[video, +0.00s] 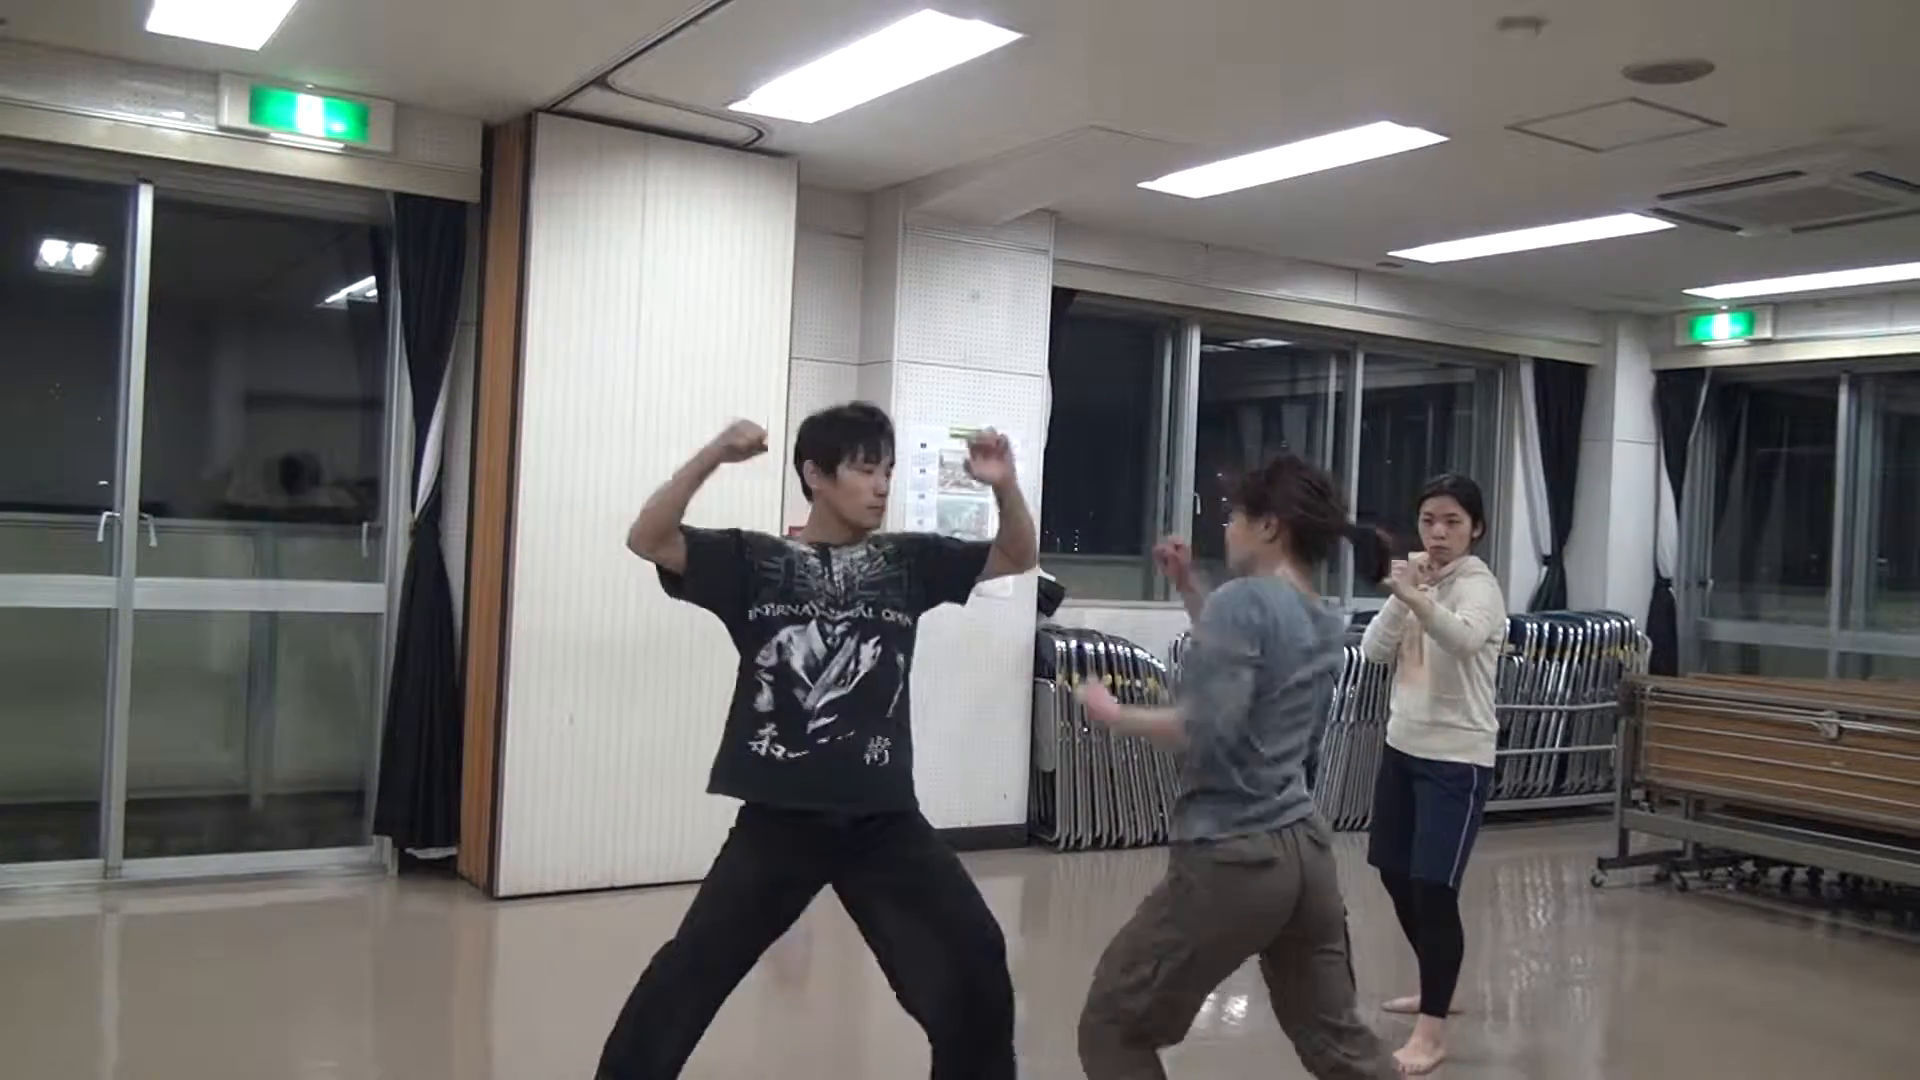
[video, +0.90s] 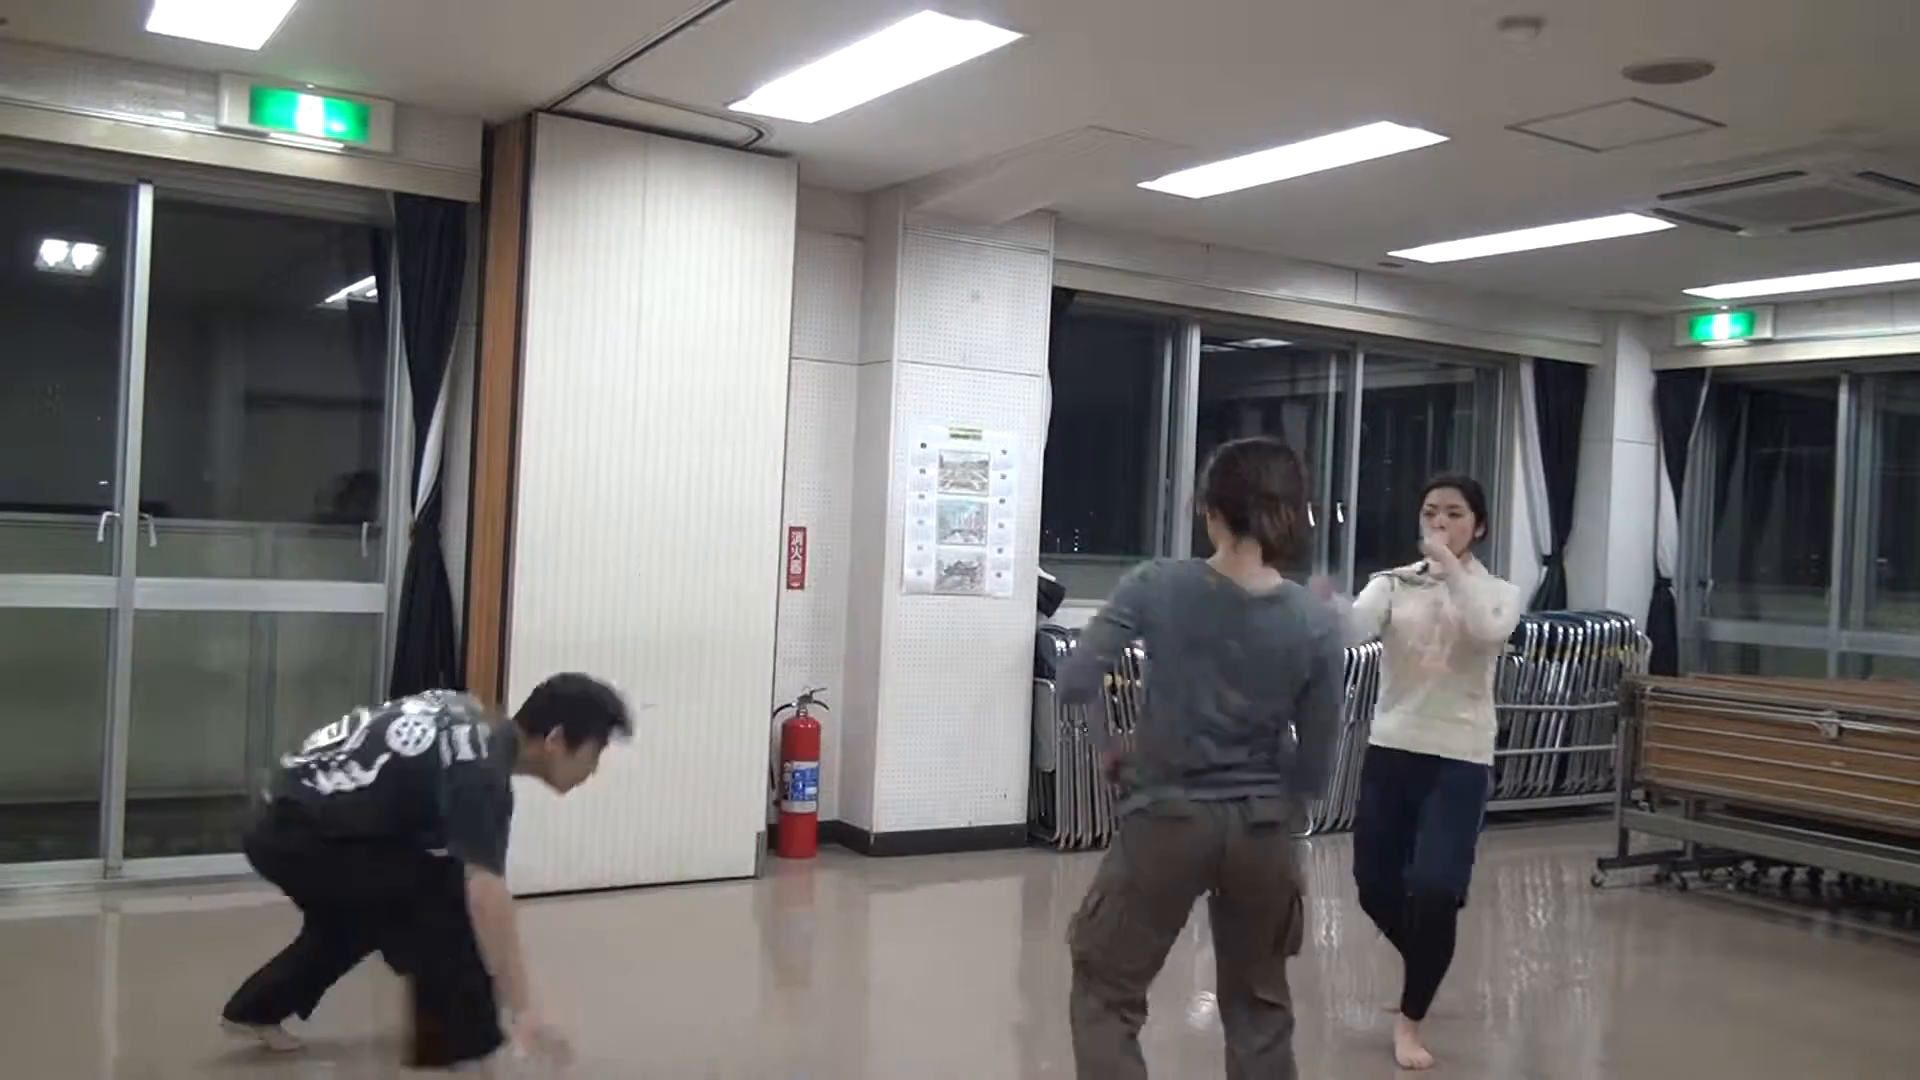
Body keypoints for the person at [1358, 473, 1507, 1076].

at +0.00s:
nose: (1438, 531)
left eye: (1451, 521)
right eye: (1429, 520)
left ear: (1475, 529)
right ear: (1418, 525)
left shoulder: (1480, 584)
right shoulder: (1415, 582)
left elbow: (1467, 639)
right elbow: (1373, 650)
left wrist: (1415, 597)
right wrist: (1404, 595)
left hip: (1456, 759)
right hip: (1403, 750)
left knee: (1433, 887)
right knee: (1390, 864)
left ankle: (1431, 1031)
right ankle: (1438, 984)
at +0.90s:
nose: (1438, 523)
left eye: (1451, 514)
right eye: (1431, 512)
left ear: (1477, 525)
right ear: (1418, 519)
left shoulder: (1496, 590)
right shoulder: (1391, 584)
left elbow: (1488, 630)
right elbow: (1352, 632)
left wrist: (1451, 565)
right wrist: (1326, 610)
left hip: (1461, 758)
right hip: (1391, 750)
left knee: (1434, 891)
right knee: (1375, 886)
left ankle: (1410, 1022)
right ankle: (1426, 958)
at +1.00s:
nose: (1445, 523)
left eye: (1457, 512)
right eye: (1435, 513)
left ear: (1483, 520)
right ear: (1425, 521)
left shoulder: (1508, 592)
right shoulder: (1397, 582)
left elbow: (1498, 651)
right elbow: (1353, 669)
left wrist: (1470, 577)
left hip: (1459, 750)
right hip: (1385, 735)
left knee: (1438, 895)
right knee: (1348, 853)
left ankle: (1410, 1024)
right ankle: (1355, 927)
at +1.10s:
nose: (1444, 522)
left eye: (1457, 511)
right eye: (1435, 512)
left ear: (1483, 517)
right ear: (1424, 519)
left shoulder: (1507, 592)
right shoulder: (1392, 577)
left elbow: (1499, 652)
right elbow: (1358, 649)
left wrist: (1468, 579)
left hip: (1451, 745)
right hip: (1392, 718)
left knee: (1436, 895)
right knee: (1365, 719)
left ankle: (1409, 1022)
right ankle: (1302, 842)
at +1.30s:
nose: (1444, 521)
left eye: (1457, 510)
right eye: (1436, 510)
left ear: (1485, 516)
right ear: (1424, 517)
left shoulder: (1503, 591)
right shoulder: (1396, 571)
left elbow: (1520, 654)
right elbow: (1346, 652)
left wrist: (1477, 584)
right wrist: (1305, 726)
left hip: (1442, 748)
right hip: (1383, 717)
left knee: (1428, 898)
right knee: (1367, 695)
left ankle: (1407, 1022)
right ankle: (1294, 779)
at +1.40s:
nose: (1439, 515)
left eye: (1452, 504)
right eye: (1431, 505)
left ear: (1481, 513)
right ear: (1420, 513)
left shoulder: (1499, 584)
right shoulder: (1391, 567)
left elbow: (1523, 631)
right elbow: (1343, 623)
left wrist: (1472, 573)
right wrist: (1322, 641)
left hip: (1443, 745)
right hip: (1372, 723)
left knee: (1436, 902)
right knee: (1351, 810)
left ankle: (1408, 1023)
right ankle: (1324, 952)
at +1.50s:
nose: (1419, 514)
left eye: (1434, 504)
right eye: (1412, 503)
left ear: (1462, 514)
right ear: (1401, 510)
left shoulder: (1479, 570)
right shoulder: (1380, 569)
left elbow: (1450, 600)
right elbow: (1332, 635)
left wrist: (1375, 586)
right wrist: (1362, 558)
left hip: (1451, 748)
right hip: (1376, 747)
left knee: (1436, 899)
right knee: (1353, 888)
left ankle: (1410, 1026)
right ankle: (1376, 1036)